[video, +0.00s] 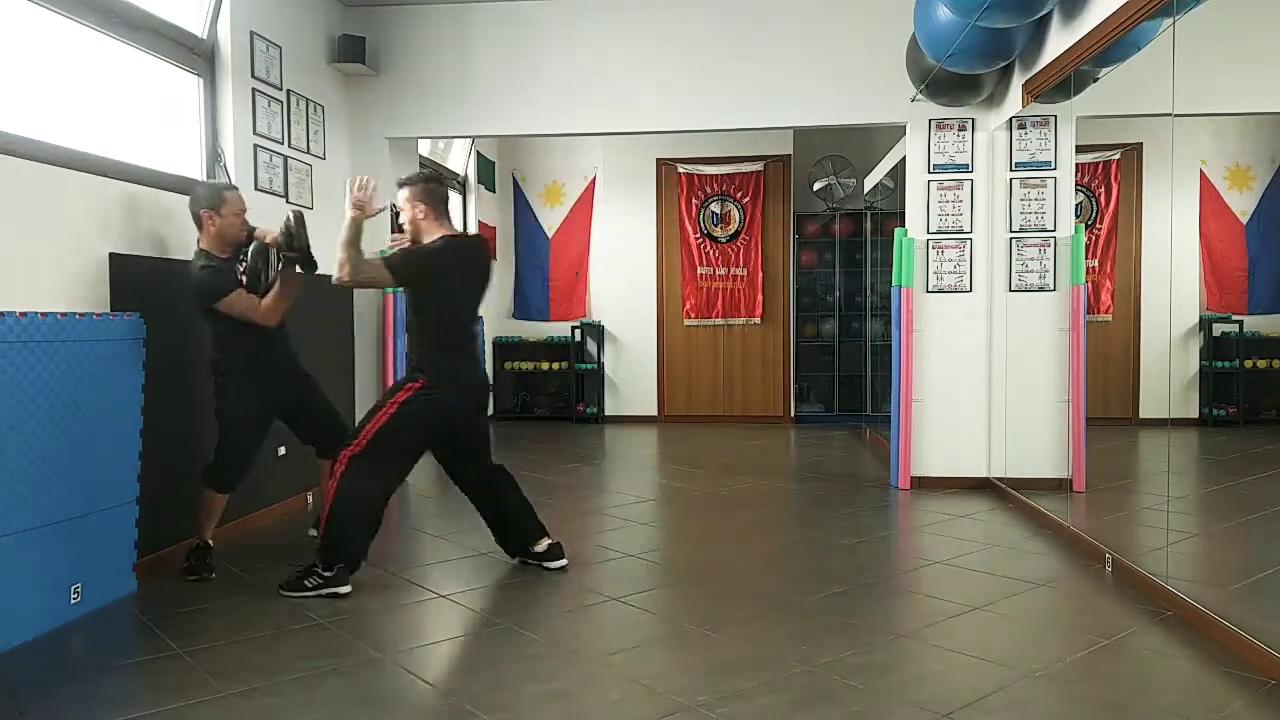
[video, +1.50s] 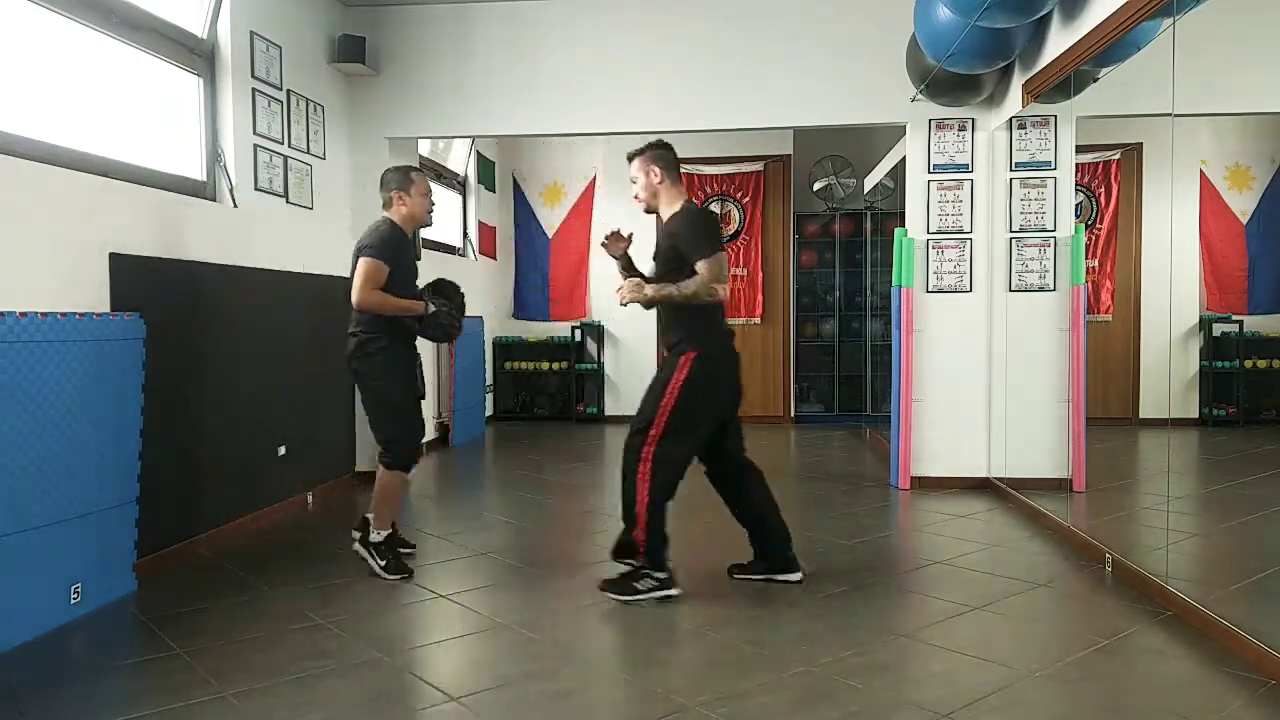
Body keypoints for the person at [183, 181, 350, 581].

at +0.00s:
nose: (245, 222)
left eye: (244, 214)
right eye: (238, 215)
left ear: (217, 218)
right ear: (209, 219)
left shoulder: (243, 245)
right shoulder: (204, 277)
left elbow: (288, 244)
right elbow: (268, 314)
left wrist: (277, 243)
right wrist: (290, 264)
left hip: (284, 374)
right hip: (242, 384)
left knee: (336, 440)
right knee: (227, 467)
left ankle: (327, 522)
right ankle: (203, 544)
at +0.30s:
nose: (222, 221)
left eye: (220, 214)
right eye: (213, 216)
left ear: (188, 220)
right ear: (182, 222)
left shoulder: (229, 240)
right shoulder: (172, 273)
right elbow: (205, 339)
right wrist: (233, 293)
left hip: (275, 368)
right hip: (231, 382)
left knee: (327, 438)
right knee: (220, 464)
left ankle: (325, 535)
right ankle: (201, 543)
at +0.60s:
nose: (241, 208)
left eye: (240, 201)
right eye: (233, 201)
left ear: (215, 206)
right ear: (203, 207)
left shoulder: (253, 248)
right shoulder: (190, 263)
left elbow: (282, 290)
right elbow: (194, 328)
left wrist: (291, 303)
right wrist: (248, 317)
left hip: (276, 364)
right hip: (229, 374)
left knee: (327, 434)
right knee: (219, 458)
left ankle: (308, 517)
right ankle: (201, 540)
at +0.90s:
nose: (316, 208)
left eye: (314, 202)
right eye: (307, 203)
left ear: (296, 209)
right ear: (279, 209)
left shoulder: (314, 258)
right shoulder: (260, 256)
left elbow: (320, 306)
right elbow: (235, 318)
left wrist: (344, 315)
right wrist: (290, 343)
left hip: (307, 368)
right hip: (271, 370)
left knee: (309, 457)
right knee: (274, 455)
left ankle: (277, 535)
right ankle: (234, 528)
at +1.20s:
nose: (379, 210)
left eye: (378, 204)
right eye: (372, 204)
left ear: (353, 209)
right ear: (344, 208)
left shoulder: (365, 258)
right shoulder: (324, 251)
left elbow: (369, 297)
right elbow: (294, 310)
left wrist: (395, 308)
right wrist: (355, 316)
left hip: (348, 370)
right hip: (325, 371)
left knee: (320, 455)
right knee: (355, 459)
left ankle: (279, 526)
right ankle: (364, 548)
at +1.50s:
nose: (432, 203)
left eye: (431, 196)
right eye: (426, 196)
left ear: (405, 201)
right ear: (399, 199)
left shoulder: (404, 241)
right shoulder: (385, 234)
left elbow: (391, 295)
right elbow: (363, 295)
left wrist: (426, 302)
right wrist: (420, 307)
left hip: (394, 351)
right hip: (377, 351)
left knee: (405, 442)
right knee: (401, 444)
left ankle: (381, 525)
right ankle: (377, 535)